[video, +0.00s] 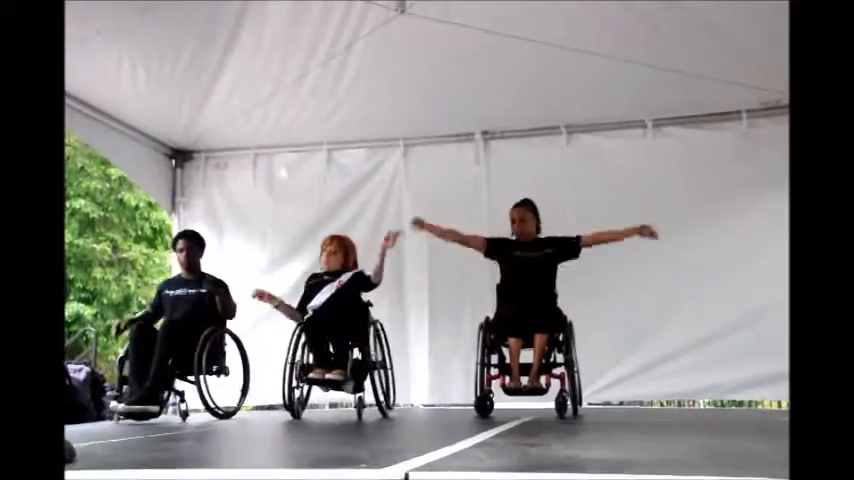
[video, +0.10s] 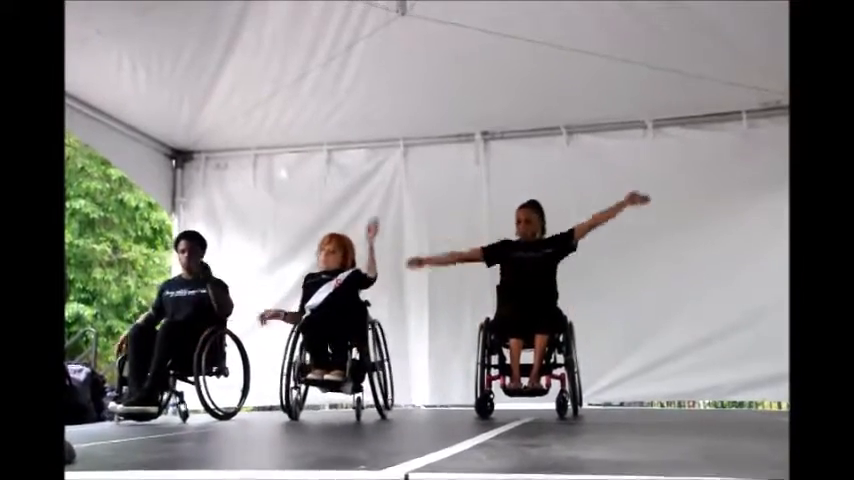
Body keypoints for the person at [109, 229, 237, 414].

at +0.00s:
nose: (185, 256)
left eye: (190, 250)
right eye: (180, 251)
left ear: (200, 253)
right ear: (175, 255)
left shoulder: (214, 285)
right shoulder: (167, 287)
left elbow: (229, 314)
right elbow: (153, 313)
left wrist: (219, 292)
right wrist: (128, 322)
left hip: (205, 350)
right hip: (174, 348)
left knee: (169, 327)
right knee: (141, 329)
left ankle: (151, 397)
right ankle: (136, 397)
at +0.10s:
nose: (187, 256)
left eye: (192, 251)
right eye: (182, 252)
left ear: (202, 254)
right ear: (177, 255)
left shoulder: (215, 285)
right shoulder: (168, 287)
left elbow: (225, 311)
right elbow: (153, 315)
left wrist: (209, 281)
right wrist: (129, 334)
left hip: (205, 349)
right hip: (174, 347)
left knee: (169, 328)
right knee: (138, 332)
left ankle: (150, 397)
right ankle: (135, 397)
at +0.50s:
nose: (190, 261)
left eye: (195, 256)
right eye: (185, 256)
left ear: (201, 258)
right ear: (177, 259)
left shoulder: (215, 289)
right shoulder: (168, 291)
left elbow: (237, 315)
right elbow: (156, 319)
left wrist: (211, 297)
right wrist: (129, 340)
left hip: (205, 353)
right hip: (175, 352)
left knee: (162, 333)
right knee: (136, 334)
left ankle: (146, 401)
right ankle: (132, 398)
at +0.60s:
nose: (191, 261)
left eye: (196, 256)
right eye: (186, 257)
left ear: (202, 258)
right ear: (177, 260)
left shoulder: (216, 288)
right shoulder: (169, 292)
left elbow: (244, 310)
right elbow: (152, 319)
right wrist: (128, 344)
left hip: (205, 353)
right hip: (176, 352)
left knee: (162, 333)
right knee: (136, 335)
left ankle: (145, 401)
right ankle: (132, 399)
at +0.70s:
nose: (194, 261)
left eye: (198, 256)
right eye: (189, 256)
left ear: (203, 259)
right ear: (179, 260)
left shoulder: (217, 288)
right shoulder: (169, 293)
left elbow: (243, 299)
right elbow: (150, 321)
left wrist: (261, 295)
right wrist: (126, 345)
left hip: (206, 355)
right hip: (176, 353)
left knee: (163, 335)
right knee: (136, 335)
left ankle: (145, 403)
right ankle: (131, 400)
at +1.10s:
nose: (205, 263)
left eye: (209, 259)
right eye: (200, 258)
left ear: (213, 261)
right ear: (188, 259)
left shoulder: (225, 294)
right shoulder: (173, 292)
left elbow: (254, 321)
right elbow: (150, 321)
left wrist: (242, 306)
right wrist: (127, 349)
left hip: (212, 359)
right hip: (181, 358)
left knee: (172, 336)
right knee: (147, 334)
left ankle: (153, 402)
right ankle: (139, 400)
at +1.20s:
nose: (209, 264)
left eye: (214, 260)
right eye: (204, 259)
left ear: (219, 262)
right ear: (194, 260)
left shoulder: (230, 296)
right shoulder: (178, 291)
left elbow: (249, 326)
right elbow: (153, 319)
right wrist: (131, 349)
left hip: (214, 360)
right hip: (182, 356)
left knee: (175, 336)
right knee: (151, 336)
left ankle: (156, 402)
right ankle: (142, 400)